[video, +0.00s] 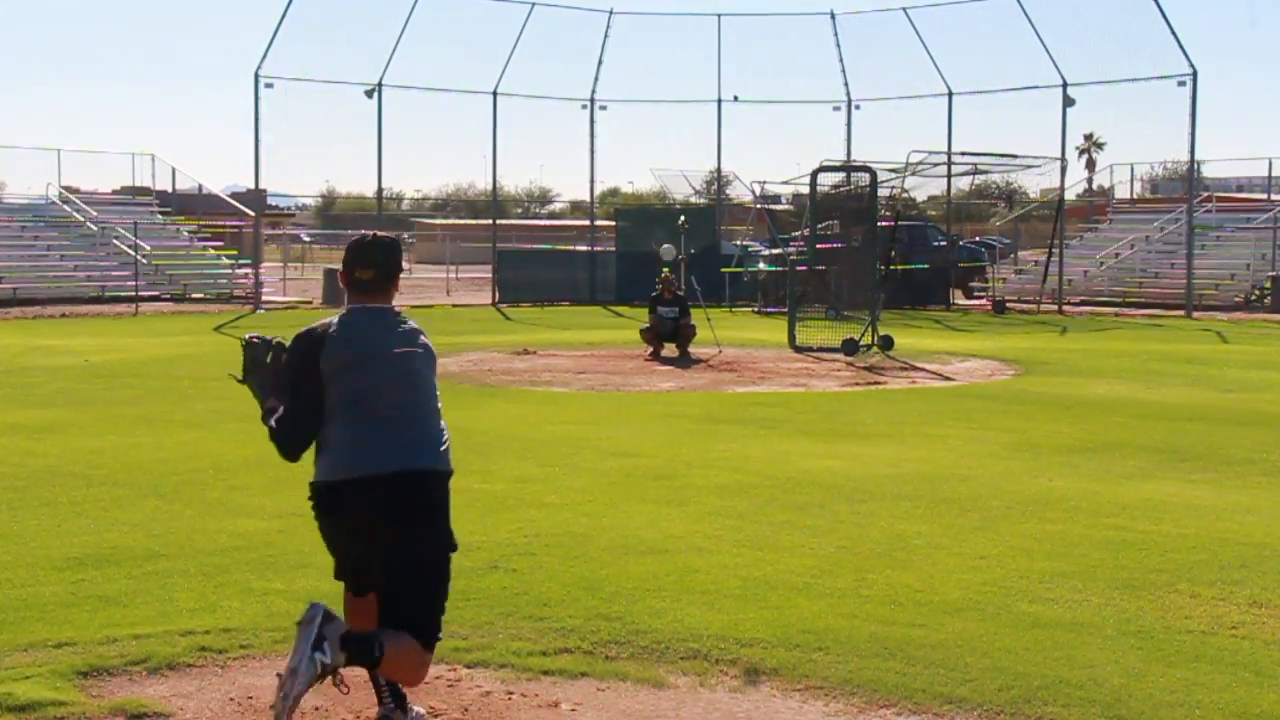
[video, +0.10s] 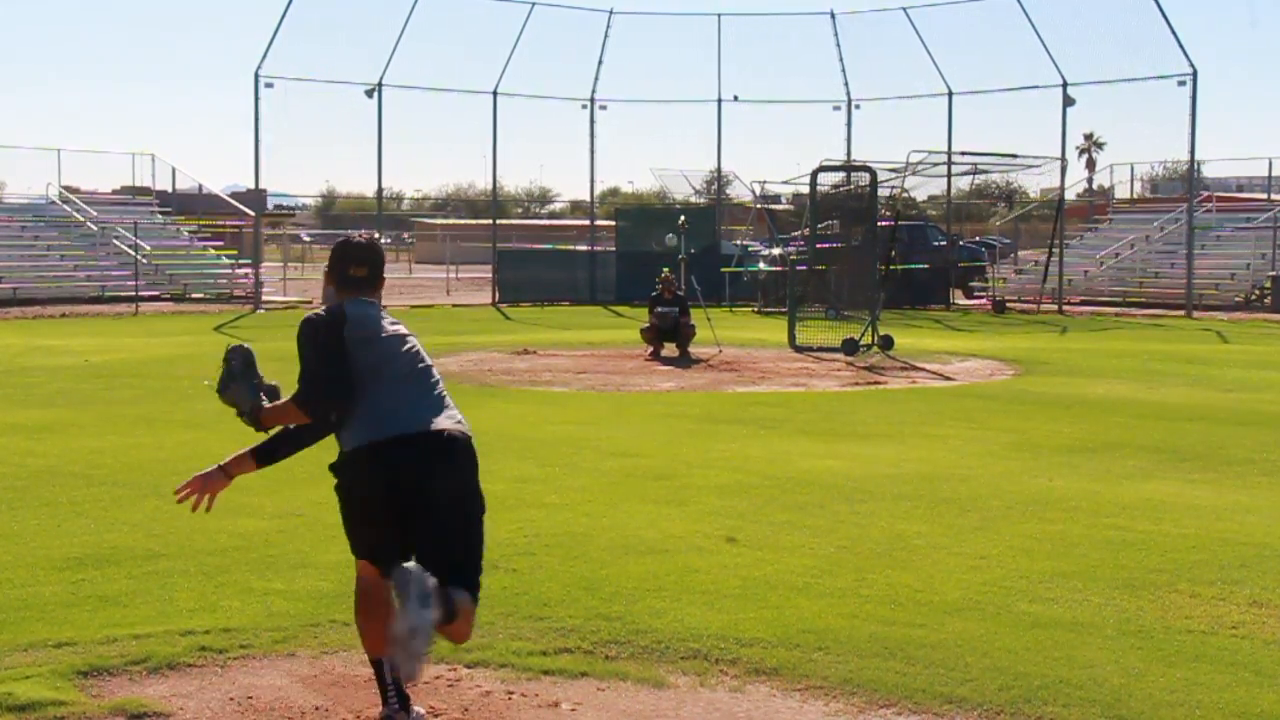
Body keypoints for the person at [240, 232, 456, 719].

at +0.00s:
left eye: (344, 274)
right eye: (398, 276)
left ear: (343, 279)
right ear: (398, 281)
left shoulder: (316, 340)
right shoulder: (416, 339)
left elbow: (292, 442)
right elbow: (383, 410)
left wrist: (270, 401)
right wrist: (301, 380)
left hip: (343, 488)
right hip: (419, 487)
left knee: (361, 584)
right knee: (414, 662)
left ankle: (392, 704)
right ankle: (337, 644)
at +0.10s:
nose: (321, 286)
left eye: (323, 278)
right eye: (326, 279)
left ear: (330, 280)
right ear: (380, 285)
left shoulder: (322, 322)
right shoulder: (395, 330)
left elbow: (320, 402)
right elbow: (320, 425)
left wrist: (265, 414)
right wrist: (231, 468)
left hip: (373, 458)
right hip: (448, 451)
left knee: (374, 571)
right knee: (462, 625)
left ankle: (394, 702)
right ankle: (427, 592)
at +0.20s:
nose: (314, 281)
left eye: (313, 271)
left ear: (314, 274)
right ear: (363, 277)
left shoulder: (316, 308)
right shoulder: (381, 322)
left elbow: (320, 377)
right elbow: (324, 427)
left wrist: (264, 419)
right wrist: (248, 478)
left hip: (387, 437)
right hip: (458, 418)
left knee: (386, 573)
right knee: (498, 575)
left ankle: (399, 701)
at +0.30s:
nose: (296, 272)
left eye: (296, 264)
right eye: (301, 265)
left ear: (301, 266)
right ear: (350, 266)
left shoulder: (307, 302)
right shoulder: (372, 310)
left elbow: (332, 359)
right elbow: (352, 423)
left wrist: (285, 434)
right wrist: (304, 485)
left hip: (392, 434)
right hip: (461, 405)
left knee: (394, 570)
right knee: (539, 540)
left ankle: (406, 701)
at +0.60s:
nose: (288, 240)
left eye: (288, 232)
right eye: (295, 230)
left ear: (292, 235)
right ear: (339, 232)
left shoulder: (312, 282)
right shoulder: (355, 279)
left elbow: (371, 352)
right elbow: (342, 389)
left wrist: (386, 433)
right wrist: (320, 473)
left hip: (416, 428)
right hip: (471, 397)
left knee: (408, 565)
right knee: (565, 521)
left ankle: (410, 703)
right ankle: (686, 593)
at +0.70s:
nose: (292, 228)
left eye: (292, 220)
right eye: (295, 221)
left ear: (296, 223)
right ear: (347, 222)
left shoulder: (321, 276)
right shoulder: (362, 271)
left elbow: (382, 351)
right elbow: (328, 375)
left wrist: (401, 434)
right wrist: (281, 452)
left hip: (418, 427)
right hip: (477, 397)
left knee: (410, 565)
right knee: (557, 529)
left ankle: (411, 702)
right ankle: (643, 641)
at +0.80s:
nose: (304, 218)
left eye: (304, 211)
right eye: (314, 210)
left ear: (308, 215)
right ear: (358, 211)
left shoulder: (335, 271)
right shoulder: (372, 263)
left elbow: (389, 356)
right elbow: (319, 366)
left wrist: (405, 446)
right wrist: (247, 405)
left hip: (421, 427)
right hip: (482, 407)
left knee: (409, 566)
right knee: (538, 544)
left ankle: (412, 703)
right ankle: (606, 670)